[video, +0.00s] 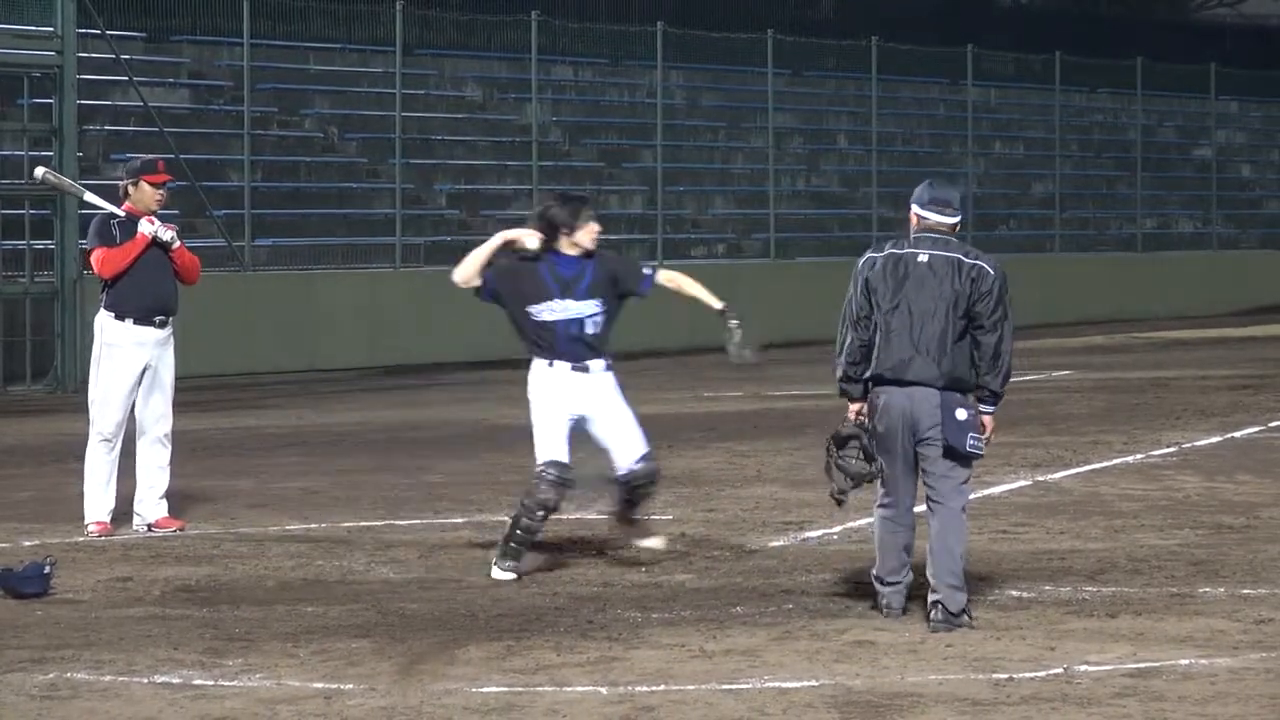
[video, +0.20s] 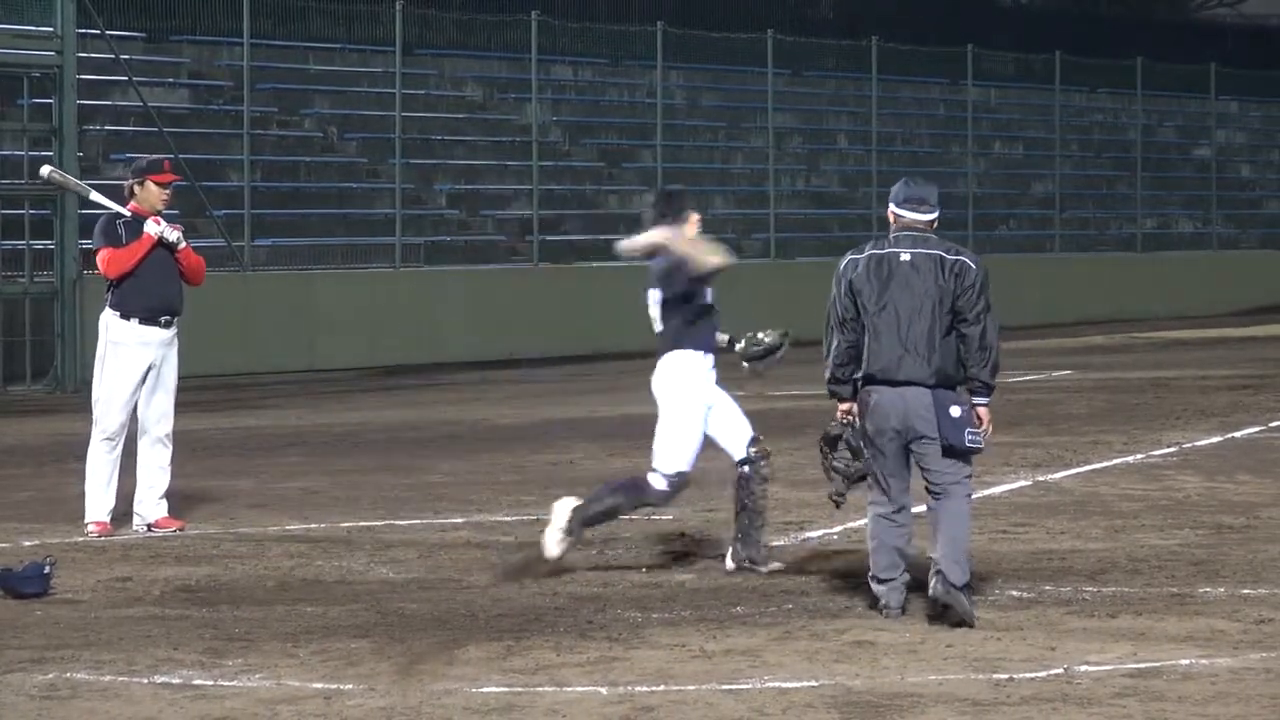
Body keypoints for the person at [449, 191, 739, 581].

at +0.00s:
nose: (598, 228)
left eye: (595, 221)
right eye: (588, 222)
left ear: (579, 229)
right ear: (564, 231)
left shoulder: (607, 267)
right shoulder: (521, 272)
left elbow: (669, 279)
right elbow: (461, 277)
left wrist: (720, 306)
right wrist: (503, 237)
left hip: (598, 378)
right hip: (550, 380)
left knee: (639, 468)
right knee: (553, 478)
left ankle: (625, 524)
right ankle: (508, 556)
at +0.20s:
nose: (699, 223)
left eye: (697, 218)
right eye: (695, 218)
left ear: (669, 223)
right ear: (681, 223)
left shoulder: (671, 268)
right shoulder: (675, 261)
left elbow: (689, 328)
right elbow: (718, 260)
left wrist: (736, 344)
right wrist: (672, 239)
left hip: (693, 373)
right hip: (683, 372)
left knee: (752, 455)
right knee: (666, 482)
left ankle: (748, 552)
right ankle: (575, 516)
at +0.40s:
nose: (769, 195)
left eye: (767, 188)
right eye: (767, 189)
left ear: (725, 192)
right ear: (759, 193)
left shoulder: (699, 231)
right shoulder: (769, 226)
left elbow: (674, 290)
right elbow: (801, 282)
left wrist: (713, 317)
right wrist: (812, 324)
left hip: (720, 335)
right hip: (760, 329)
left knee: (752, 437)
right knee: (798, 427)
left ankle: (752, 540)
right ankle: (711, 426)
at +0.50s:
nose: (798, 193)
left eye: (795, 186)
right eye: (796, 187)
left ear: (753, 186)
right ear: (788, 190)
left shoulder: (728, 222)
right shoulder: (805, 226)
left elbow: (699, 279)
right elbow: (824, 281)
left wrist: (709, 326)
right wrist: (829, 328)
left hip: (749, 327)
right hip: (797, 324)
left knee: (758, 436)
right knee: (821, 404)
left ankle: (760, 534)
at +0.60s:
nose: (820, 197)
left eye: (817, 190)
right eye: (819, 191)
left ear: (777, 189)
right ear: (814, 194)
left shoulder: (755, 225)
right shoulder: (833, 229)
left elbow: (724, 280)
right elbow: (851, 287)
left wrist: (704, 335)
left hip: (778, 329)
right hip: (832, 328)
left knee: (773, 433)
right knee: (845, 407)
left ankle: (767, 537)